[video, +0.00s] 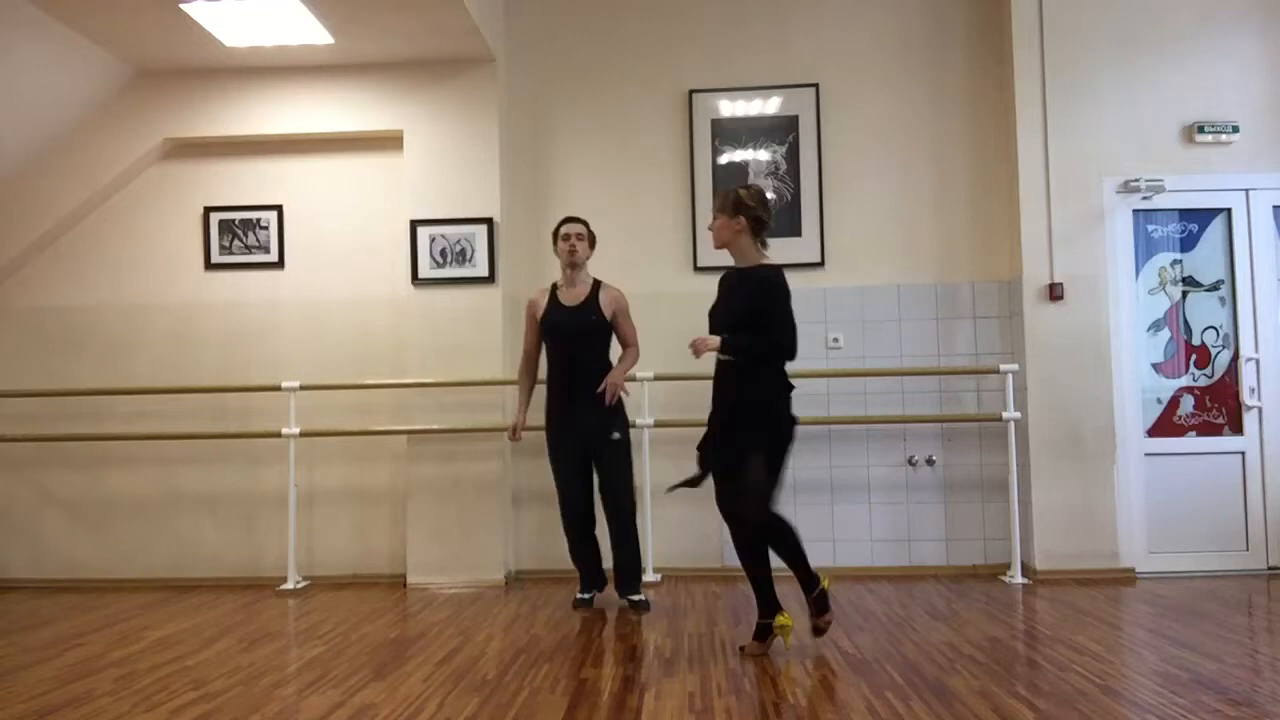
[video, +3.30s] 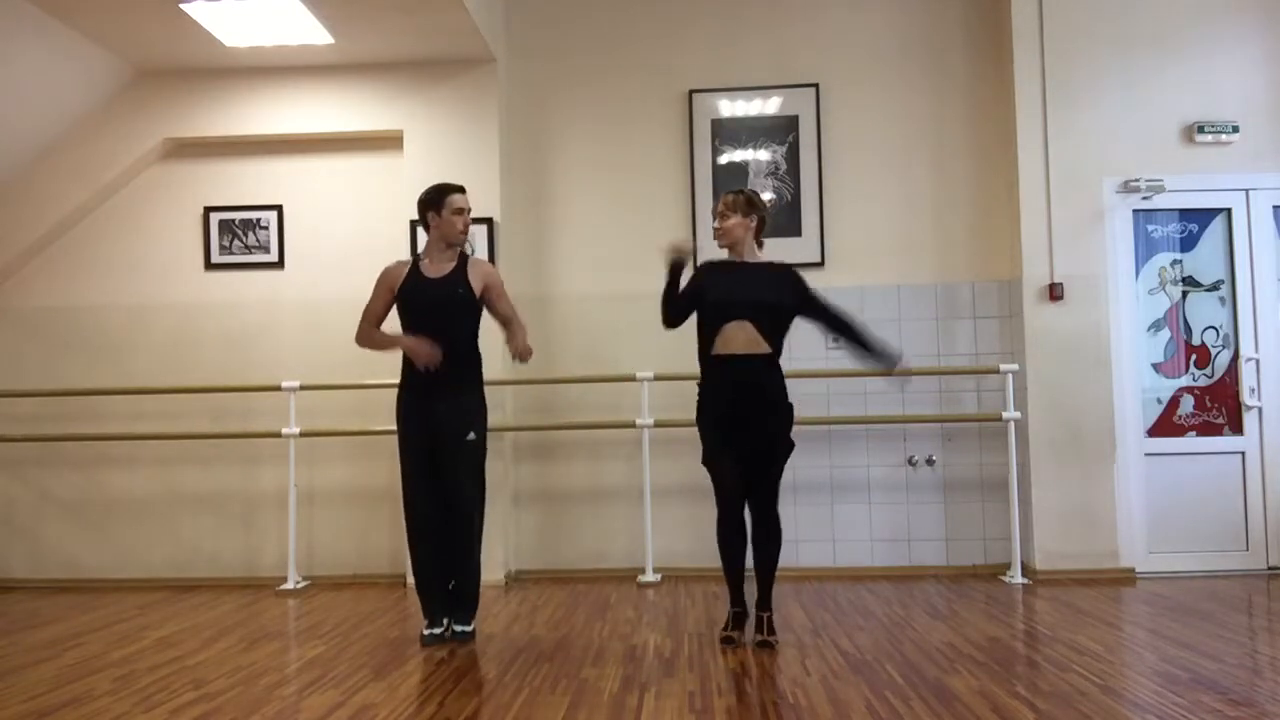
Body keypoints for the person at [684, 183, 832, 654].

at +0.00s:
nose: (710, 225)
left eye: (717, 218)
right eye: (713, 218)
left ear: (739, 224)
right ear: (737, 225)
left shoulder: (769, 279)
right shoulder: (728, 281)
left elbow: (784, 347)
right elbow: (733, 369)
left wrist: (722, 343)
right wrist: (715, 430)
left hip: (768, 408)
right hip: (733, 409)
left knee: (756, 509)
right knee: (733, 508)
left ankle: (812, 586)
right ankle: (769, 610)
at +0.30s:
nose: (737, 234)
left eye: (746, 227)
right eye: (739, 227)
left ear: (772, 235)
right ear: (759, 237)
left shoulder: (797, 288)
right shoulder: (737, 290)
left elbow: (820, 349)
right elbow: (727, 352)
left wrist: (772, 355)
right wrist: (712, 410)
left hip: (798, 416)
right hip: (751, 415)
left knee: (810, 508)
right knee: (731, 502)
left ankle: (814, 600)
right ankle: (758, 592)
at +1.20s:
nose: (775, 233)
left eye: (782, 226)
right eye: (767, 226)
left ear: (794, 236)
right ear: (757, 235)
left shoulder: (810, 291)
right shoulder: (737, 289)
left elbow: (824, 354)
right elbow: (714, 342)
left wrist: (805, 339)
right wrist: (736, 356)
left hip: (803, 411)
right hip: (756, 412)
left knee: (798, 510)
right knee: (764, 504)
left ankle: (795, 603)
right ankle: (770, 606)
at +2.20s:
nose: (738, 229)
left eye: (746, 222)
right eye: (733, 223)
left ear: (766, 232)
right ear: (726, 233)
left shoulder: (786, 283)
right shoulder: (713, 285)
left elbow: (805, 341)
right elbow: (704, 350)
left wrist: (776, 352)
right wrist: (735, 353)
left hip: (767, 412)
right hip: (720, 412)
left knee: (759, 510)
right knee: (725, 511)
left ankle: (758, 609)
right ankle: (730, 607)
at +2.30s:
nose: (724, 228)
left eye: (733, 222)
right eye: (723, 222)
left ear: (759, 229)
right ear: (723, 231)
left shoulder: (781, 283)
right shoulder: (711, 279)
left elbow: (793, 345)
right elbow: (685, 329)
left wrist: (784, 376)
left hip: (770, 399)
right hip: (725, 400)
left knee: (765, 510)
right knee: (729, 508)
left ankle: (762, 609)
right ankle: (738, 607)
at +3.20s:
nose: (722, 227)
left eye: (731, 219)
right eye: (720, 221)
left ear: (755, 227)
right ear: (721, 231)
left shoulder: (779, 282)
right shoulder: (709, 281)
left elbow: (799, 340)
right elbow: (673, 333)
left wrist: (824, 388)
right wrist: (648, 298)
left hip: (770, 394)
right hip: (722, 395)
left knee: (770, 506)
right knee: (733, 506)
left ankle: (764, 609)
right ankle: (741, 608)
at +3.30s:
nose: (716, 223)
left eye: (725, 215)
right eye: (716, 216)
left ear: (752, 223)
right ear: (728, 226)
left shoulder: (783, 277)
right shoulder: (707, 274)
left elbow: (835, 322)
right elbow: (672, 318)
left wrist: (886, 357)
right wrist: (674, 273)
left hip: (765, 395)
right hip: (716, 395)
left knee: (763, 504)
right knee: (729, 503)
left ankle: (764, 607)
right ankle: (737, 606)